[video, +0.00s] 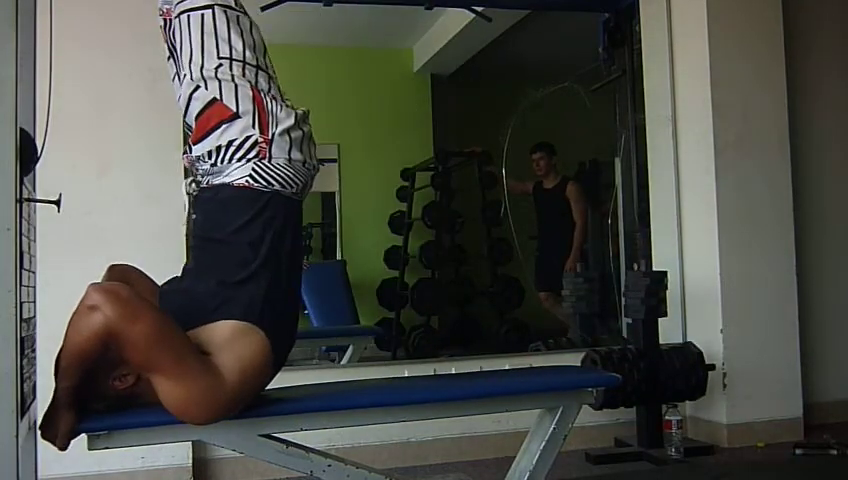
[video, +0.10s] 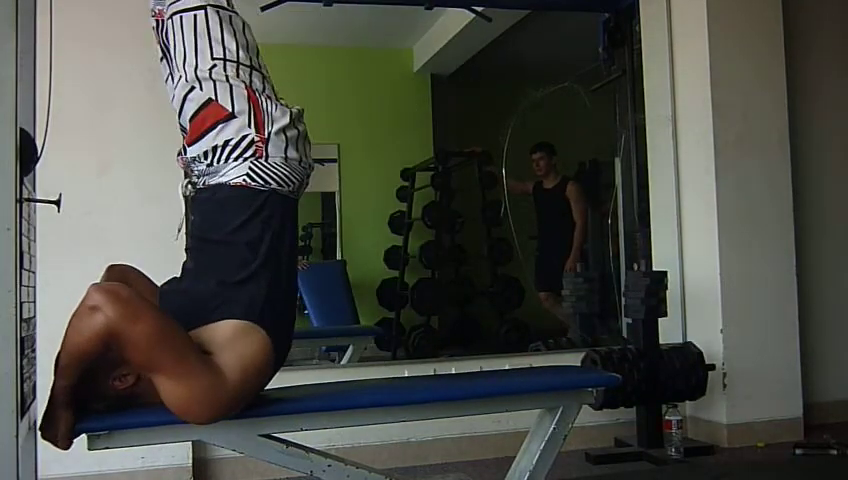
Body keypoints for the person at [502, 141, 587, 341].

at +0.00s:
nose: (537, 165)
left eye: (541, 160)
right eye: (534, 161)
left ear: (552, 161)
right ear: (532, 164)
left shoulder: (569, 187)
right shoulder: (535, 187)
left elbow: (580, 224)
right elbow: (511, 185)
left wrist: (573, 257)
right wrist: (489, 166)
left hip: (566, 250)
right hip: (545, 249)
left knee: (568, 296)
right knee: (545, 297)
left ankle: (574, 337)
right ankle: (575, 329)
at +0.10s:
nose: (537, 165)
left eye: (541, 160)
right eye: (534, 161)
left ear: (552, 161)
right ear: (532, 164)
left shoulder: (570, 187)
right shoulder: (535, 187)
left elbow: (580, 224)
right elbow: (510, 185)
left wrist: (574, 257)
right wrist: (488, 166)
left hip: (566, 250)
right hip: (545, 249)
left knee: (568, 296)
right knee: (545, 296)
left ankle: (574, 336)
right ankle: (574, 329)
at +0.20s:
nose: (537, 165)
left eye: (541, 160)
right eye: (534, 161)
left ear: (552, 161)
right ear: (532, 164)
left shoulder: (570, 187)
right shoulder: (535, 187)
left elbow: (580, 224)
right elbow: (511, 185)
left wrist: (574, 256)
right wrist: (489, 167)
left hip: (566, 250)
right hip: (545, 250)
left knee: (569, 297)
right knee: (545, 296)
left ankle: (573, 336)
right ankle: (574, 329)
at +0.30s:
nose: (537, 165)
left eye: (541, 160)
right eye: (534, 161)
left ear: (552, 161)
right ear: (532, 164)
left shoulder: (570, 187)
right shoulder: (536, 187)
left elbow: (580, 224)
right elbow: (511, 185)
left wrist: (574, 257)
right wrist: (488, 166)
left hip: (566, 250)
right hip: (545, 250)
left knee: (568, 297)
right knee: (545, 297)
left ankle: (574, 336)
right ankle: (574, 329)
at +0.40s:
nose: (537, 165)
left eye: (541, 160)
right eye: (534, 161)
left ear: (552, 161)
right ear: (532, 164)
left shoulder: (570, 187)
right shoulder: (536, 187)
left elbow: (580, 225)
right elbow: (511, 185)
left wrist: (574, 257)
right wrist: (488, 166)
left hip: (566, 250)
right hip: (545, 250)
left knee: (568, 297)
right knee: (545, 297)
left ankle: (573, 336)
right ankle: (574, 329)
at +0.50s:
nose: (537, 165)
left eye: (541, 160)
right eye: (534, 161)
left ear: (552, 161)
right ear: (532, 164)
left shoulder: (570, 187)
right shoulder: (536, 187)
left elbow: (580, 224)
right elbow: (511, 185)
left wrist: (574, 257)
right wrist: (489, 167)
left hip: (566, 250)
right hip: (545, 250)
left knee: (569, 297)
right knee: (545, 297)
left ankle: (573, 336)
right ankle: (574, 329)